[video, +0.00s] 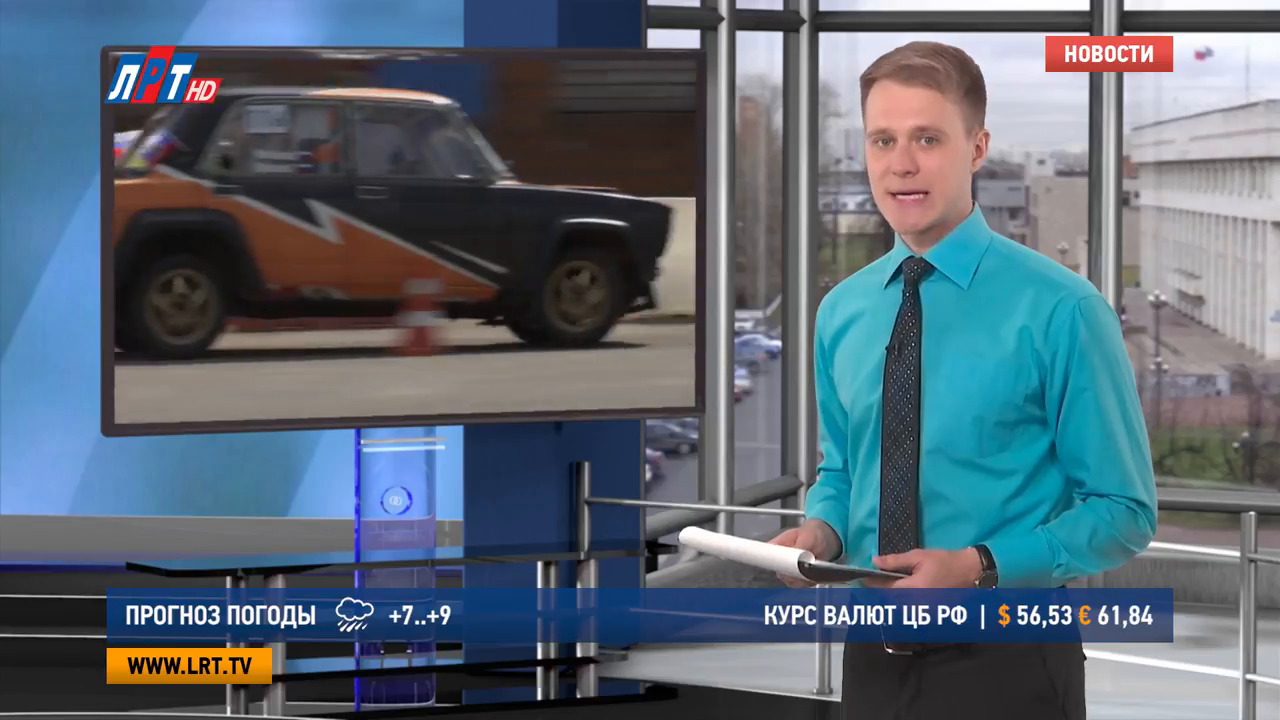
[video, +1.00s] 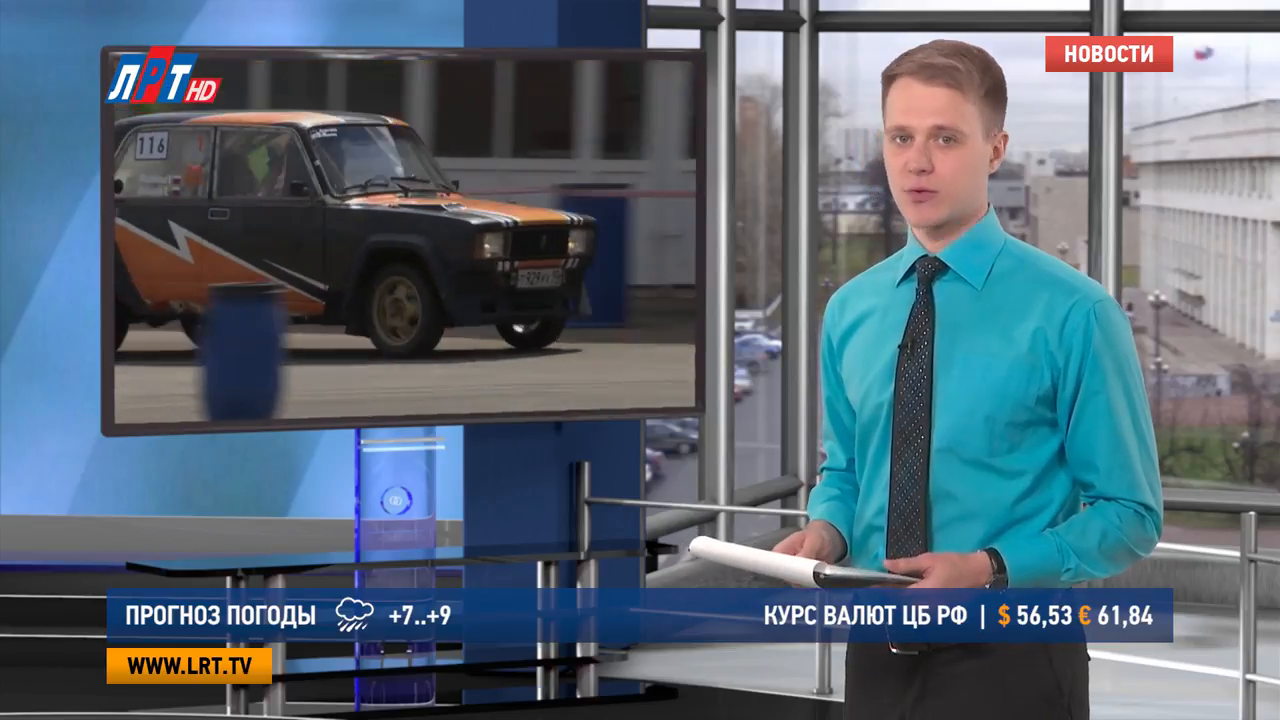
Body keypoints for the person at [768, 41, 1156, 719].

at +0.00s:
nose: (902, 163)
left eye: (928, 139)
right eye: (883, 140)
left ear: (977, 148)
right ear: (865, 152)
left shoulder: (1060, 308)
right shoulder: (841, 311)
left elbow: (1125, 508)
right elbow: (839, 472)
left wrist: (980, 565)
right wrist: (818, 532)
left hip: (1006, 662)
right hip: (874, 661)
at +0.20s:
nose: (910, 171)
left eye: (935, 145)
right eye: (889, 147)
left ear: (981, 150)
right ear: (869, 156)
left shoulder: (1064, 309)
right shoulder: (844, 311)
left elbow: (1125, 509)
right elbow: (840, 474)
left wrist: (983, 567)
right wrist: (819, 535)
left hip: (1007, 660)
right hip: (875, 658)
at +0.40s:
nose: (917, 167)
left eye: (942, 142)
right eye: (898, 142)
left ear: (985, 150)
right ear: (874, 151)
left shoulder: (1067, 309)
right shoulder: (846, 311)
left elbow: (1127, 509)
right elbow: (842, 473)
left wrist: (986, 568)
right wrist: (821, 534)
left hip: (1009, 659)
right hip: (876, 656)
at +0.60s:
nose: (925, 163)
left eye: (951, 140)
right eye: (906, 139)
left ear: (992, 150)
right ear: (879, 149)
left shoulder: (1070, 310)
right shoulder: (848, 310)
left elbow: (1128, 510)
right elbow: (843, 470)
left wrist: (986, 566)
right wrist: (820, 530)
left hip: (1009, 658)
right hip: (876, 654)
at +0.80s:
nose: (929, 164)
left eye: (954, 141)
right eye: (909, 140)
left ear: (995, 151)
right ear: (883, 149)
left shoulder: (1073, 311)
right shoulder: (849, 310)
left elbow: (1129, 510)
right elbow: (844, 471)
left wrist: (988, 566)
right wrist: (818, 534)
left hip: (1009, 659)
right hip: (876, 654)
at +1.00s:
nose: (917, 162)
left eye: (945, 139)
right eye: (902, 138)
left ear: (995, 149)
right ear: (884, 147)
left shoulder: (1074, 312)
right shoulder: (850, 309)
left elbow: (1131, 511)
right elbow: (843, 470)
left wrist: (992, 568)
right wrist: (822, 533)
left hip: (1011, 658)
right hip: (877, 652)